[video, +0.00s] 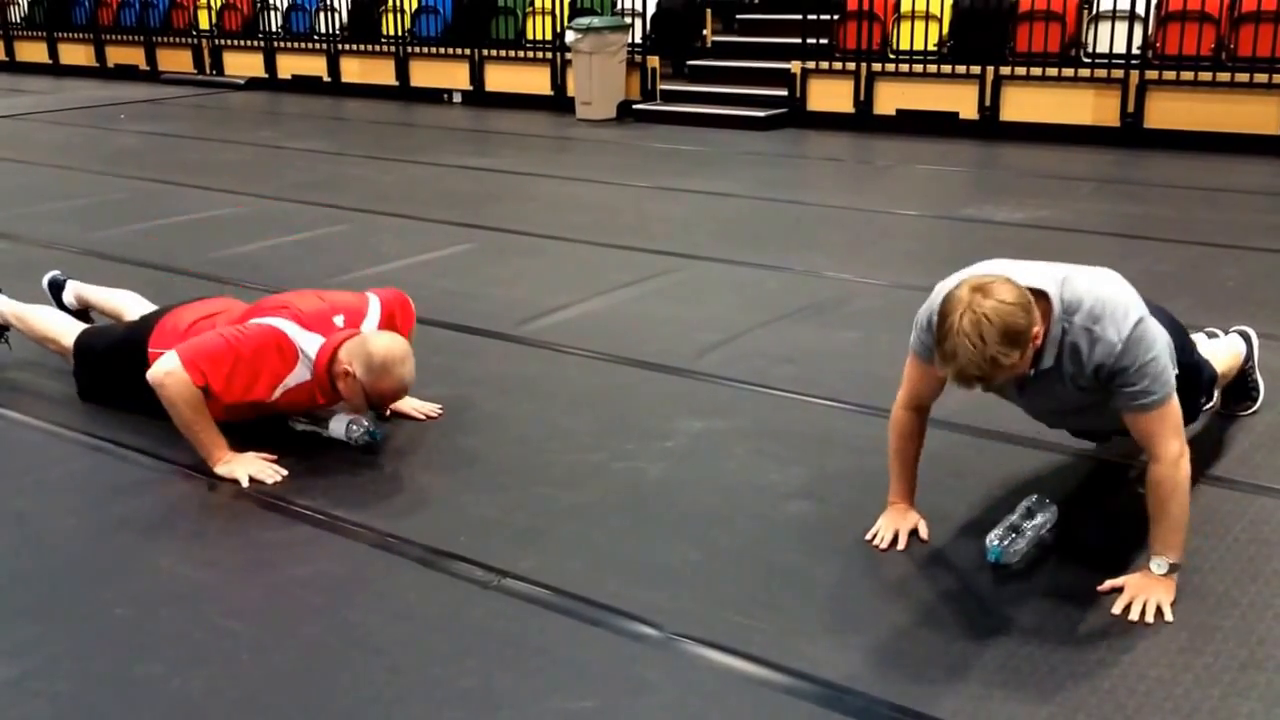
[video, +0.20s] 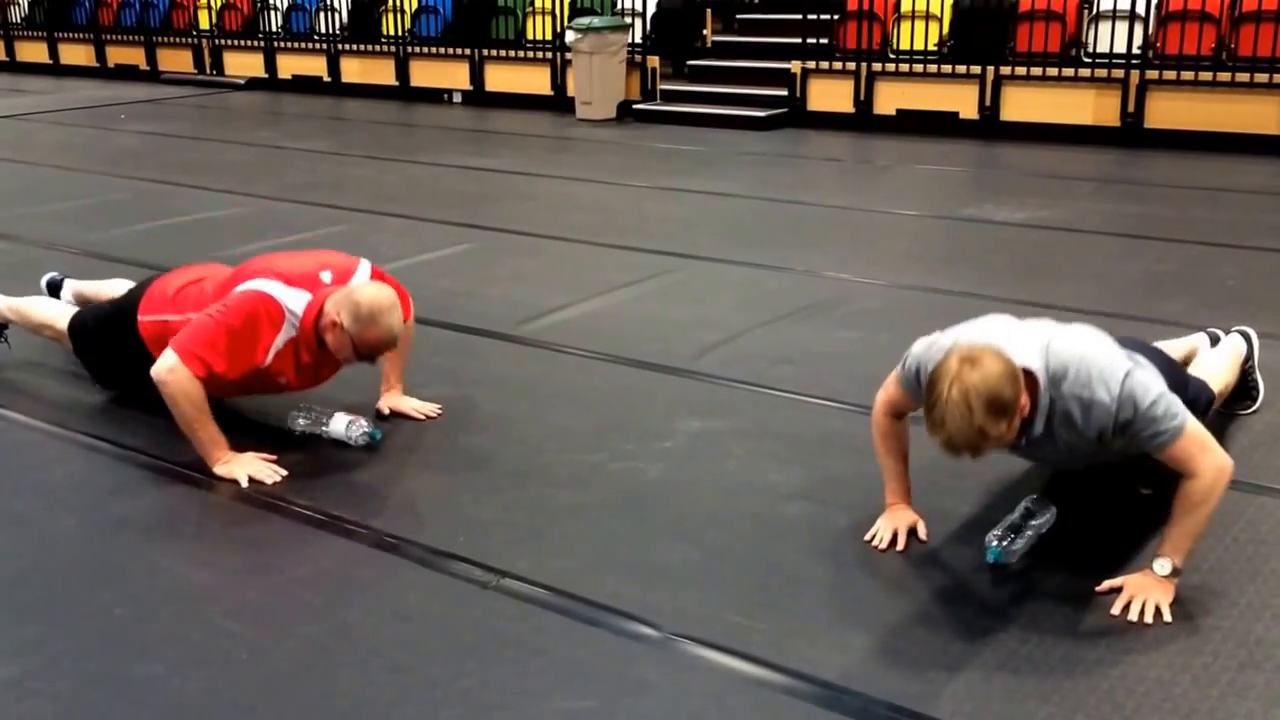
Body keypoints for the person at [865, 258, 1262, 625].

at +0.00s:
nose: (992, 386)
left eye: (1003, 375)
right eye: (980, 378)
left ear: (1035, 336)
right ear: (953, 341)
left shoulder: (1122, 334)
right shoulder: (945, 315)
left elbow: (1169, 454)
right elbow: (911, 406)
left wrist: (1161, 569)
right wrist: (899, 502)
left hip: (1148, 377)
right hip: (1064, 400)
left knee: (1198, 385)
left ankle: (1236, 351)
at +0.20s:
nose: (987, 450)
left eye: (993, 441)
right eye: (974, 444)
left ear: (1022, 403)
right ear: (946, 403)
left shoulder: (1107, 389)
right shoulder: (936, 360)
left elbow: (1213, 467)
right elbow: (887, 408)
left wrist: (1163, 570)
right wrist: (897, 503)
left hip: (1141, 388)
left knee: (1200, 390)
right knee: (1148, 364)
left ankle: (1236, 346)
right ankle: (1202, 340)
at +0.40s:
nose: (974, 520)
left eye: (981, 512)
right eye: (960, 515)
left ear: (1011, 469)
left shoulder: (1096, 432)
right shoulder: (946, 395)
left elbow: (1222, 477)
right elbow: (878, 407)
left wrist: (1163, 572)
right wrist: (895, 502)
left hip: (1133, 414)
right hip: (1065, 390)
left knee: (1194, 405)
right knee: (1129, 386)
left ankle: (1234, 346)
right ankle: (1197, 341)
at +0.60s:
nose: (990, 441)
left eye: (995, 431)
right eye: (975, 435)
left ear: (1023, 391)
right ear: (946, 388)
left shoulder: (1110, 374)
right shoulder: (933, 348)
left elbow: (1202, 466)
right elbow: (889, 408)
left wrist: (1161, 571)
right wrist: (896, 504)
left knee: (1196, 389)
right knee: (1151, 363)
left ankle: (1238, 346)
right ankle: (1201, 340)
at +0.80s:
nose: (982, 400)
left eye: (993, 388)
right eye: (968, 391)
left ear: (1026, 343)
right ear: (947, 351)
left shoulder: (1115, 340)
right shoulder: (937, 318)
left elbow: (1171, 456)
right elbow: (904, 407)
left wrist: (1157, 570)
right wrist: (896, 503)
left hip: (1147, 373)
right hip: (1060, 397)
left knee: (1198, 375)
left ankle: (1237, 349)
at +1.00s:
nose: (979, 483)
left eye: (984, 475)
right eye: (962, 478)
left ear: (1009, 432)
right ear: (932, 427)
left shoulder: (1100, 407)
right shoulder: (930, 372)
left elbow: (1210, 469)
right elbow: (880, 412)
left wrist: (1158, 572)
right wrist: (893, 503)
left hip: (1137, 398)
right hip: (1087, 372)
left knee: (1193, 393)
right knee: (1133, 365)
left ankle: (1235, 346)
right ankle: (1201, 339)